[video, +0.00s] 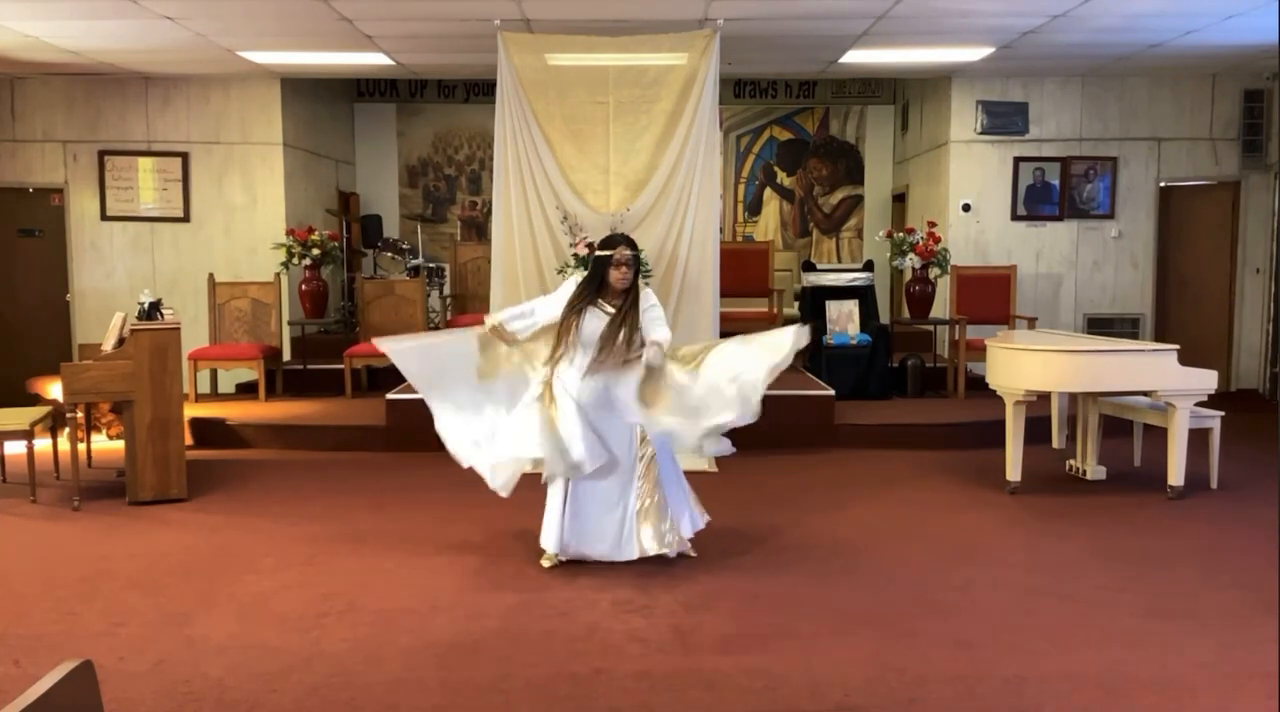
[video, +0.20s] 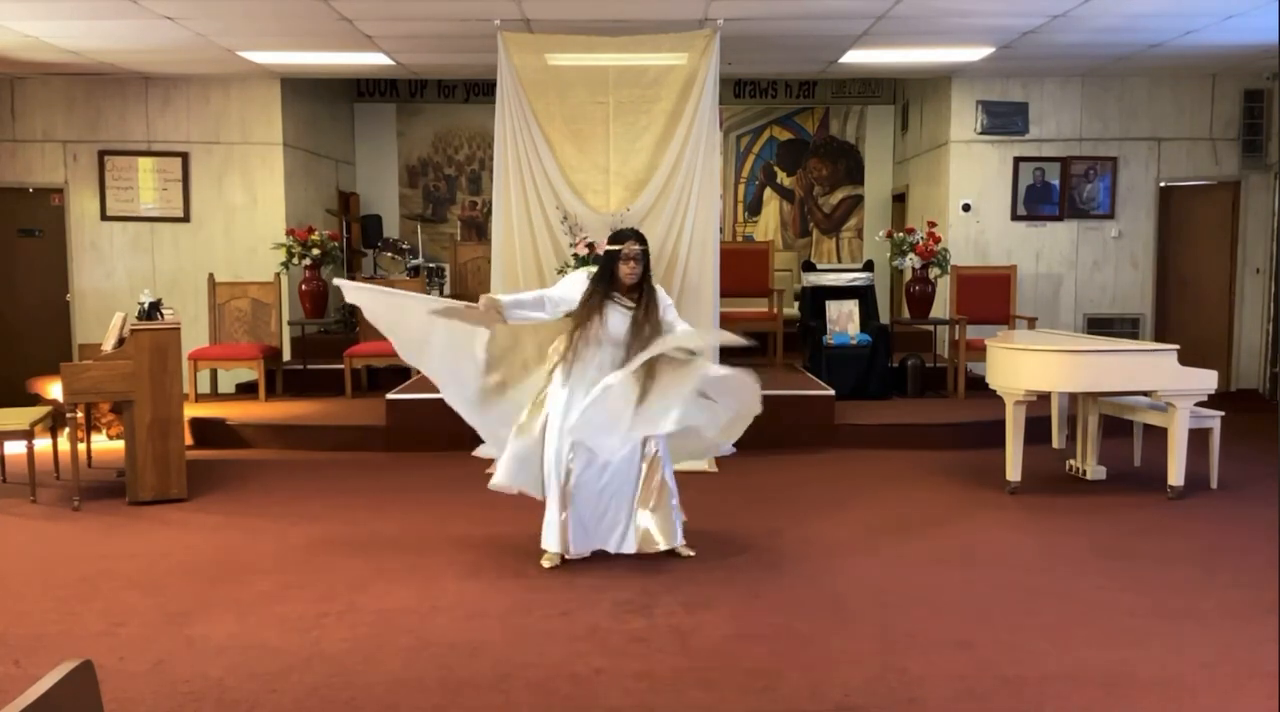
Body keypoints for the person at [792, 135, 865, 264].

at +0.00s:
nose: (815, 176)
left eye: (820, 170)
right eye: (812, 171)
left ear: (840, 165)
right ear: (808, 173)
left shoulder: (854, 193)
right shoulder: (820, 195)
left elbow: (828, 227)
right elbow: (800, 232)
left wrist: (808, 197)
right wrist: (799, 197)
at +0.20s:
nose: (815, 176)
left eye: (820, 170)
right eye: (812, 171)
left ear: (840, 166)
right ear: (808, 172)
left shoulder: (854, 193)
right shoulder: (819, 195)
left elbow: (828, 227)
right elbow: (800, 233)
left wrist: (808, 197)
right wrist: (799, 197)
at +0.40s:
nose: (815, 176)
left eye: (820, 170)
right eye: (812, 171)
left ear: (840, 166)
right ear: (808, 172)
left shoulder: (854, 193)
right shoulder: (819, 195)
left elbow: (828, 227)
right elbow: (800, 233)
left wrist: (808, 197)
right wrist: (799, 197)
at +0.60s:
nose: (815, 176)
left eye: (821, 170)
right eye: (812, 171)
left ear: (840, 166)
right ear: (808, 173)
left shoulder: (854, 193)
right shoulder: (819, 195)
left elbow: (828, 227)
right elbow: (799, 232)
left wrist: (808, 197)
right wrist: (799, 197)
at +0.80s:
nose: (816, 176)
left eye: (821, 170)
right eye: (812, 171)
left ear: (840, 166)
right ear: (808, 173)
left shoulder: (854, 193)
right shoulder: (819, 195)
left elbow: (828, 227)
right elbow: (799, 232)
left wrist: (808, 197)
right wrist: (799, 197)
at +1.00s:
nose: (815, 176)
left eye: (821, 170)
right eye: (812, 171)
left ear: (840, 166)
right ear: (808, 173)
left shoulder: (854, 193)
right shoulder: (819, 195)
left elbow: (828, 227)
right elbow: (799, 232)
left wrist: (808, 197)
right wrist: (799, 197)